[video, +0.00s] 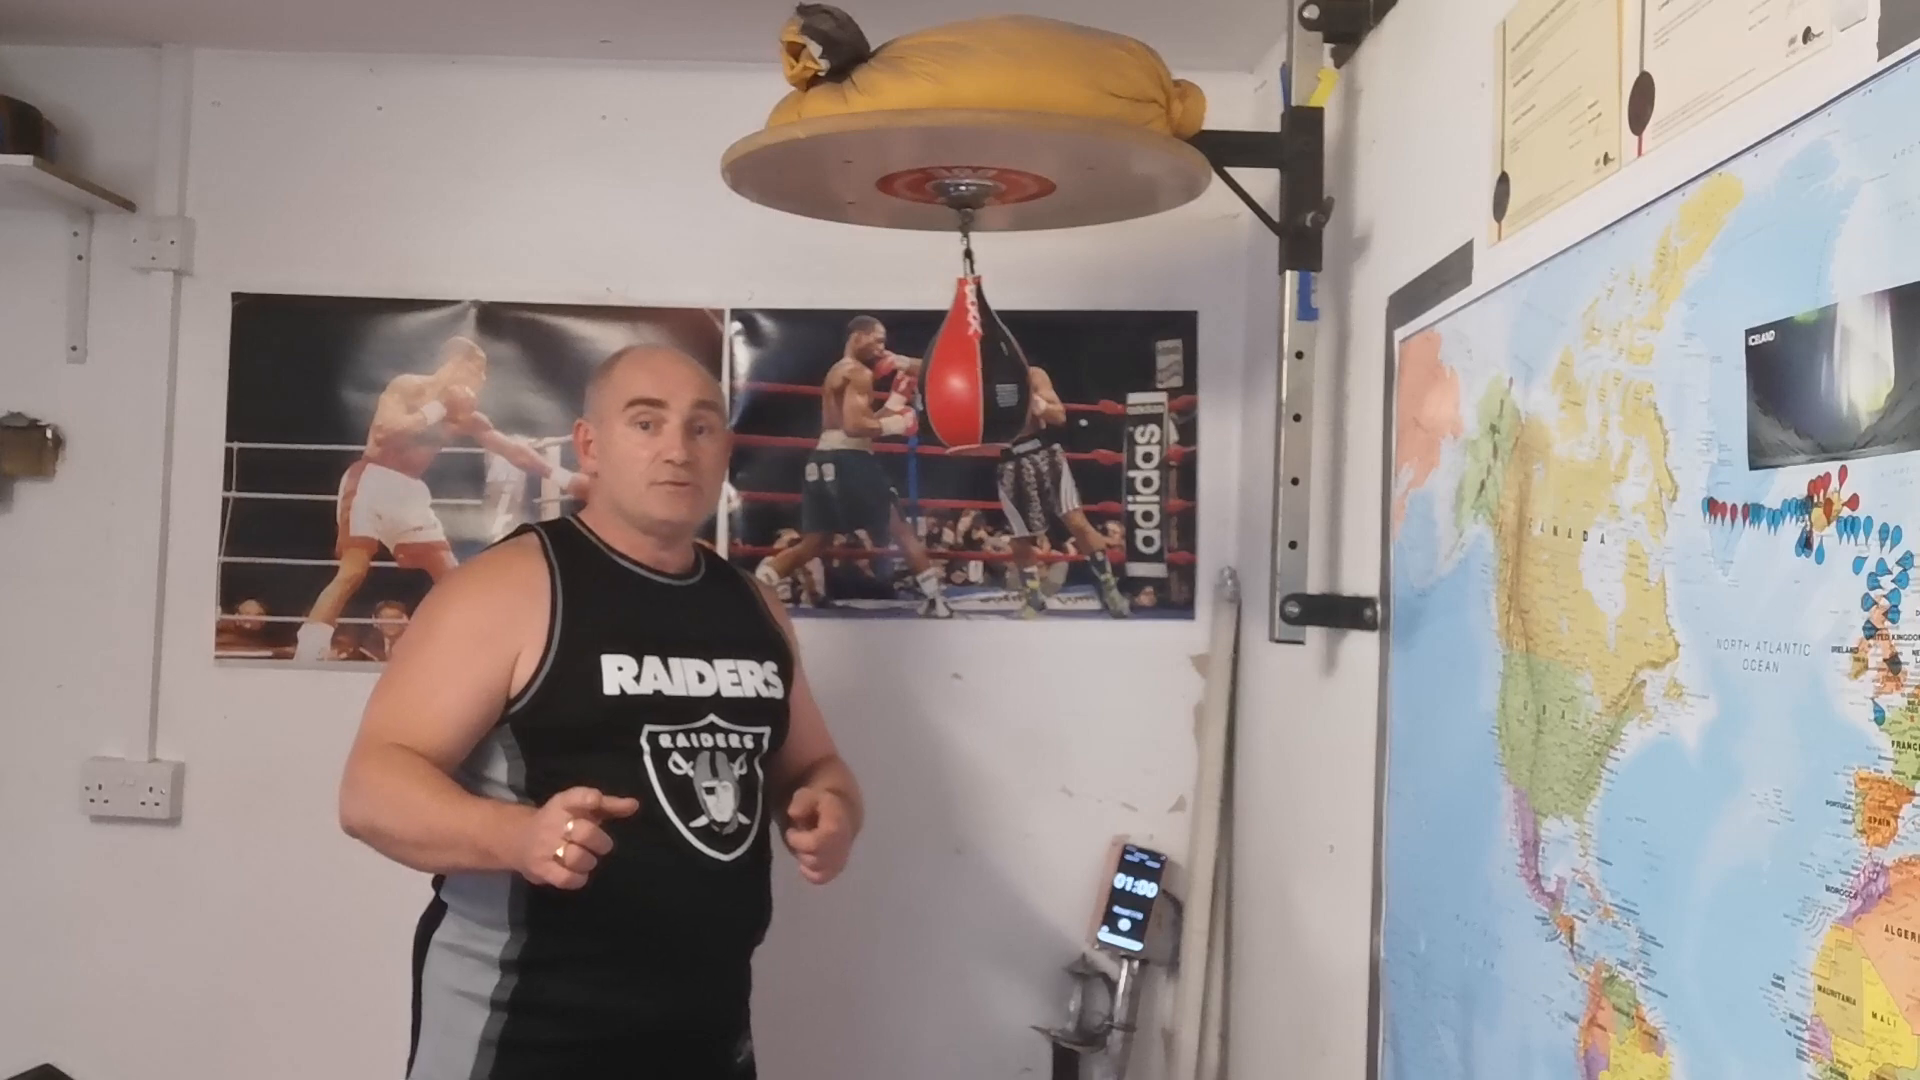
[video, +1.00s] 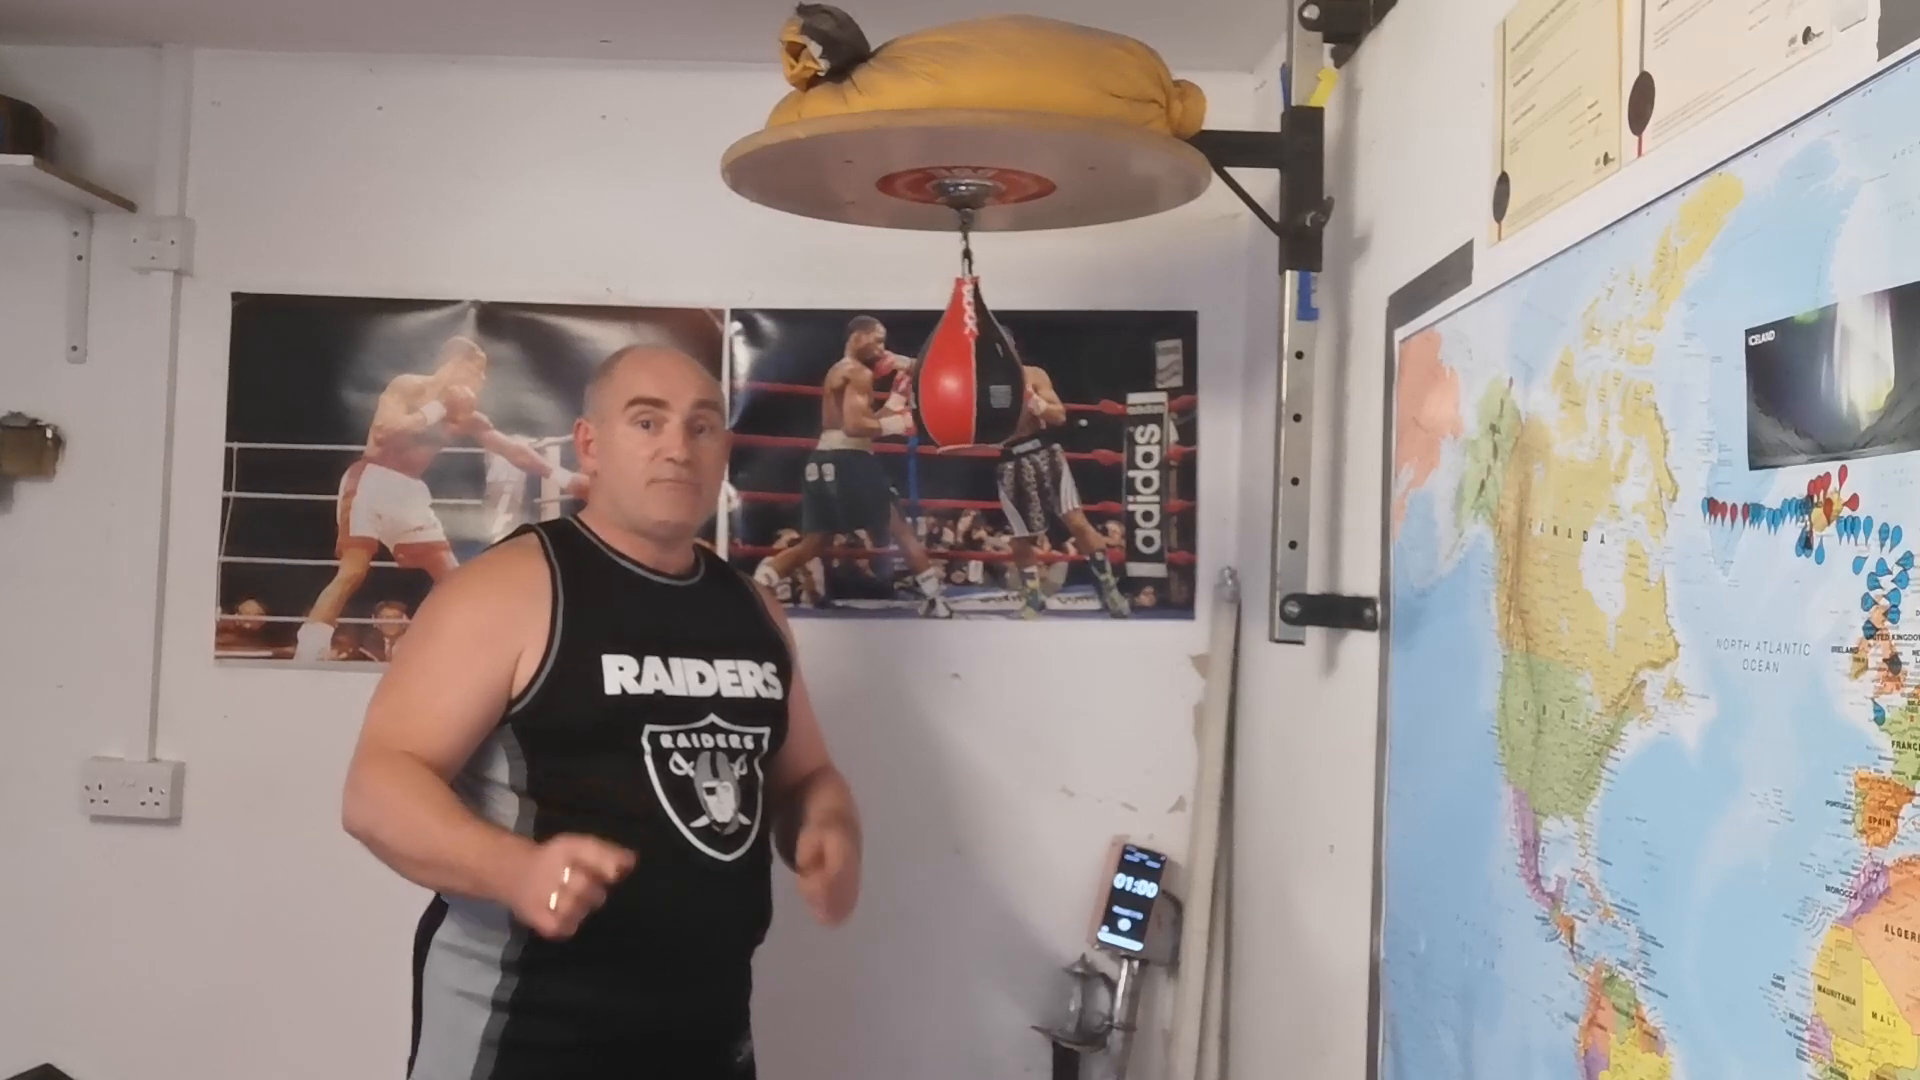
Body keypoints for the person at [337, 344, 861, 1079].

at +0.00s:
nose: (677, 449)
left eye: (701, 425)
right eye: (645, 421)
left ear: (727, 454)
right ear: (587, 445)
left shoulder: (750, 607)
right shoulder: (505, 588)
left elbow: (813, 765)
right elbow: (374, 787)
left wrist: (829, 813)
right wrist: (513, 834)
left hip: (702, 1017)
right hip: (524, 1019)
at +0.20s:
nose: (677, 450)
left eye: (701, 425)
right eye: (645, 421)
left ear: (727, 454)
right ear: (588, 446)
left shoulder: (750, 607)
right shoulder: (507, 587)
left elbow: (814, 765)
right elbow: (375, 788)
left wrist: (831, 813)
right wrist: (516, 833)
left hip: (703, 1018)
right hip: (526, 1021)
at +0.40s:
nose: (678, 450)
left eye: (701, 426)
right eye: (646, 422)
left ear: (727, 454)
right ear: (588, 445)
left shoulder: (749, 607)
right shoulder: (507, 588)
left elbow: (815, 765)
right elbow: (375, 788)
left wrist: (831, 811)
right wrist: (517, 832)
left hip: (703, 1017)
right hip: (526, 1021)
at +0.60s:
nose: (679, 451)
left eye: (702, 426)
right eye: (647, 422)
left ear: (727, 453)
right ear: (589, 445)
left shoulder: (750, 608)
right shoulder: (507, 588)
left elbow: (813, 764)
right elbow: (375, 787)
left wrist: (830, 812)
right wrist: (518, 832)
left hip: (702, 1018)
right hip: (524, 1020)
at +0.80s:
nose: (678, 450)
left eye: (702, 426)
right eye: (647, 422)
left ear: (726, 453)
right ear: (588, 445)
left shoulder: (749, 608)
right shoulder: (506, 588)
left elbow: (812, 765)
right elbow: (375, 788)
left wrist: (830, 813)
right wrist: (517, 833)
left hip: (702, 1017)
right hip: (524, 1020)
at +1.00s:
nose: (678, 447)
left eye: (701, 424)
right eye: (646, 420)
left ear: (725, 454)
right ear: (588, 445)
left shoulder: (749, 610)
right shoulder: (507, 588)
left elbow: (804, 777)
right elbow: (378, 786)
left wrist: (826, 831)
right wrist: (515, 870)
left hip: (703, 1020)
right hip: (526, 1024)